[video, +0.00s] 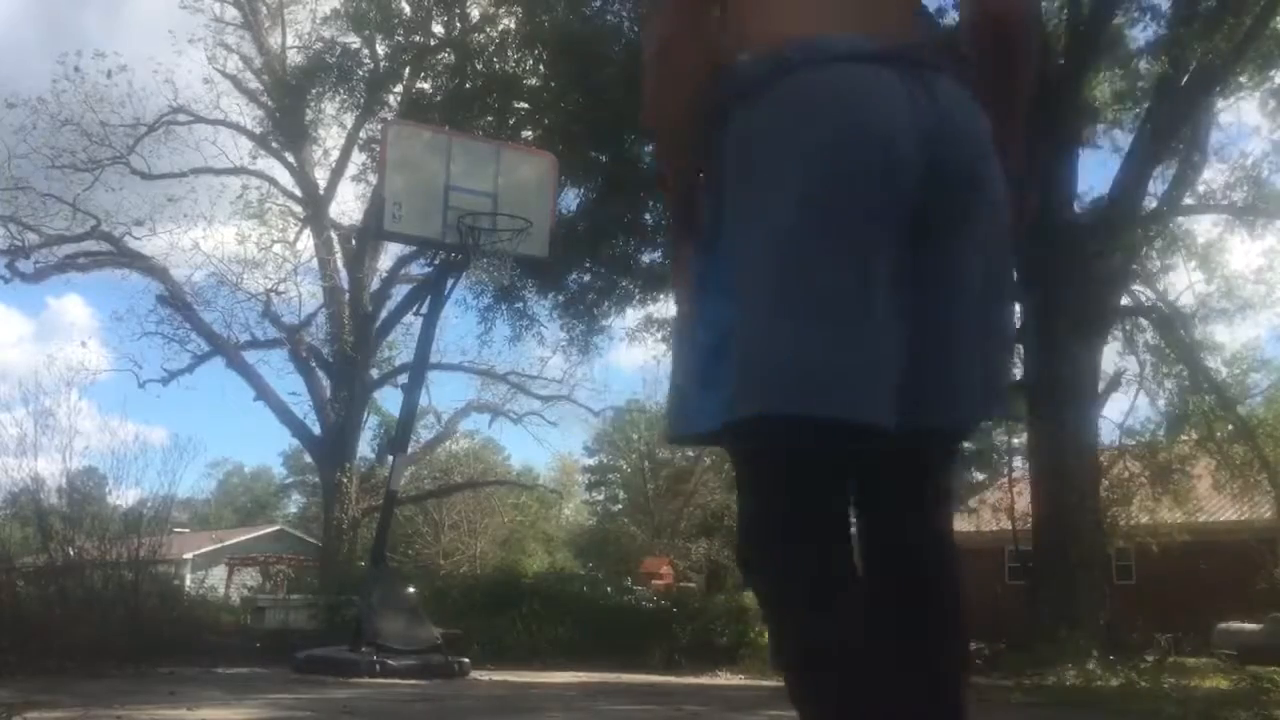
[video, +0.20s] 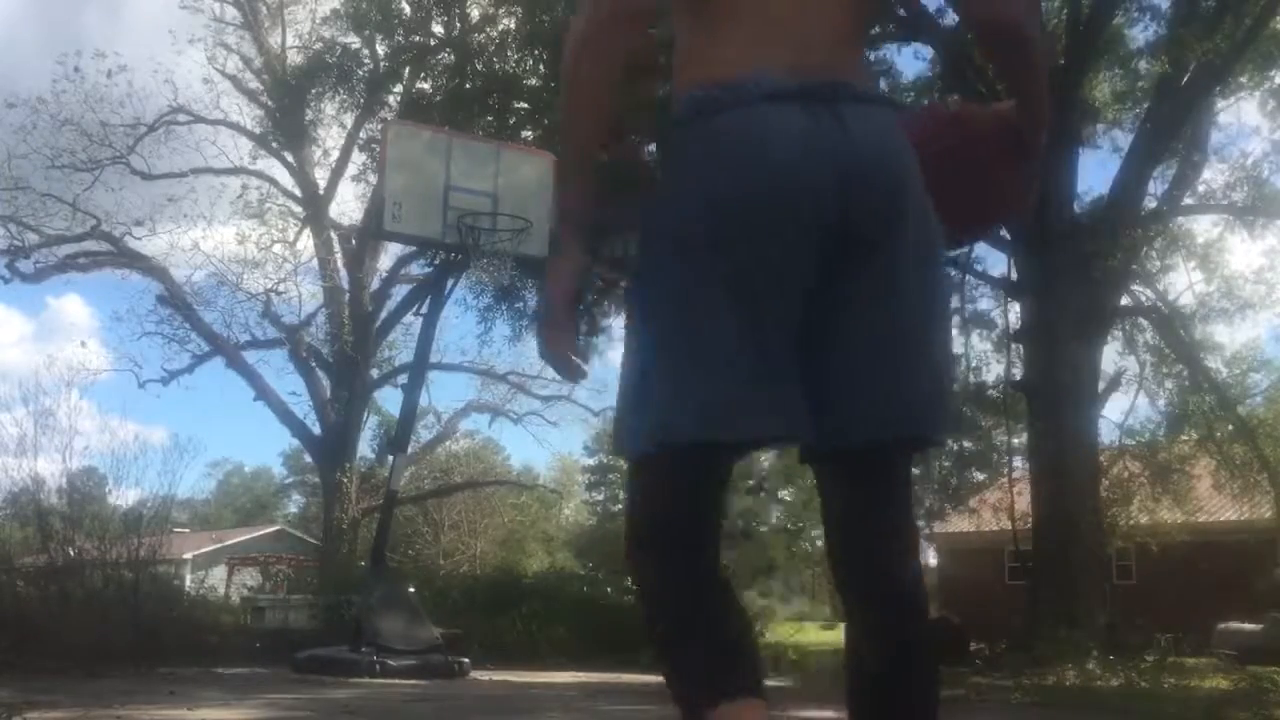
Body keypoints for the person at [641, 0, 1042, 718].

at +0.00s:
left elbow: (678, 44)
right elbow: (1006, 19)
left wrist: (688, 219)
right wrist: (996, 160)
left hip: (803, 135)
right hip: (950, 131)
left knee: (791, 518)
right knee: (914, 503)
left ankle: (844, 701)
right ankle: (929, 703)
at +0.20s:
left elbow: (598, 35)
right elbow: (1005, 17)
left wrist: (570, 234)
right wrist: (1031, 128)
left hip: (723, 160)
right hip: (873, 157)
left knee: (671, 537)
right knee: (876, 540)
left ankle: (732, 701)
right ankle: (901, 705)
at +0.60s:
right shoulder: (652, 30)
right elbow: (631, 213)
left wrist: (456, 405)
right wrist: (584, 420)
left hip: (531, 291)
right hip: (674, 291)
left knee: (393, 573)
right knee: (748, 608)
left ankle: (314, 708)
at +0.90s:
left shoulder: (248, 8)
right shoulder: (429, 32)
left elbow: (231, 68)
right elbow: (439, 171)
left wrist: (146, 184)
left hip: (298, 240)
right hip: (419, 243)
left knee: (258, 530)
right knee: (427, 523)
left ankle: (236, 707)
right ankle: (429, 703)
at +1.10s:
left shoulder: (188, 5)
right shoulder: (359, 34)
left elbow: (103, 55)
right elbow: (351, 174)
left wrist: (0, 123)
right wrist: (341, 281)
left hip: (195, 220)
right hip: (311, 237)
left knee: (152, 489)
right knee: (244, 519)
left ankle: (82, 701)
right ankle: (184, 711)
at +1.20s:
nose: (286, 11)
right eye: (287, 10)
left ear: (200, 2)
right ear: (276, 9)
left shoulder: (142, 46)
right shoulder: (319, 84)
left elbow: (23, 119)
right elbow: (311, 209)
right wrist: (286, 304)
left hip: (148, 268)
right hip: (262, 287)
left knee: (74, 505)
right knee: (207, 535)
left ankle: (2, 678)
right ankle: (148, 704)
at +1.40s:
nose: (131, 137)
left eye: (129, 127)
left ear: (132, 128)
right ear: (207, 133)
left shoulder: (94, 181)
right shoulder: (261, 197)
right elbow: (251, 304)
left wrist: (7, 392)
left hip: (102, 351)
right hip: (213, 378)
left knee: (28, 536)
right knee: (121, 566)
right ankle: (100, 699)